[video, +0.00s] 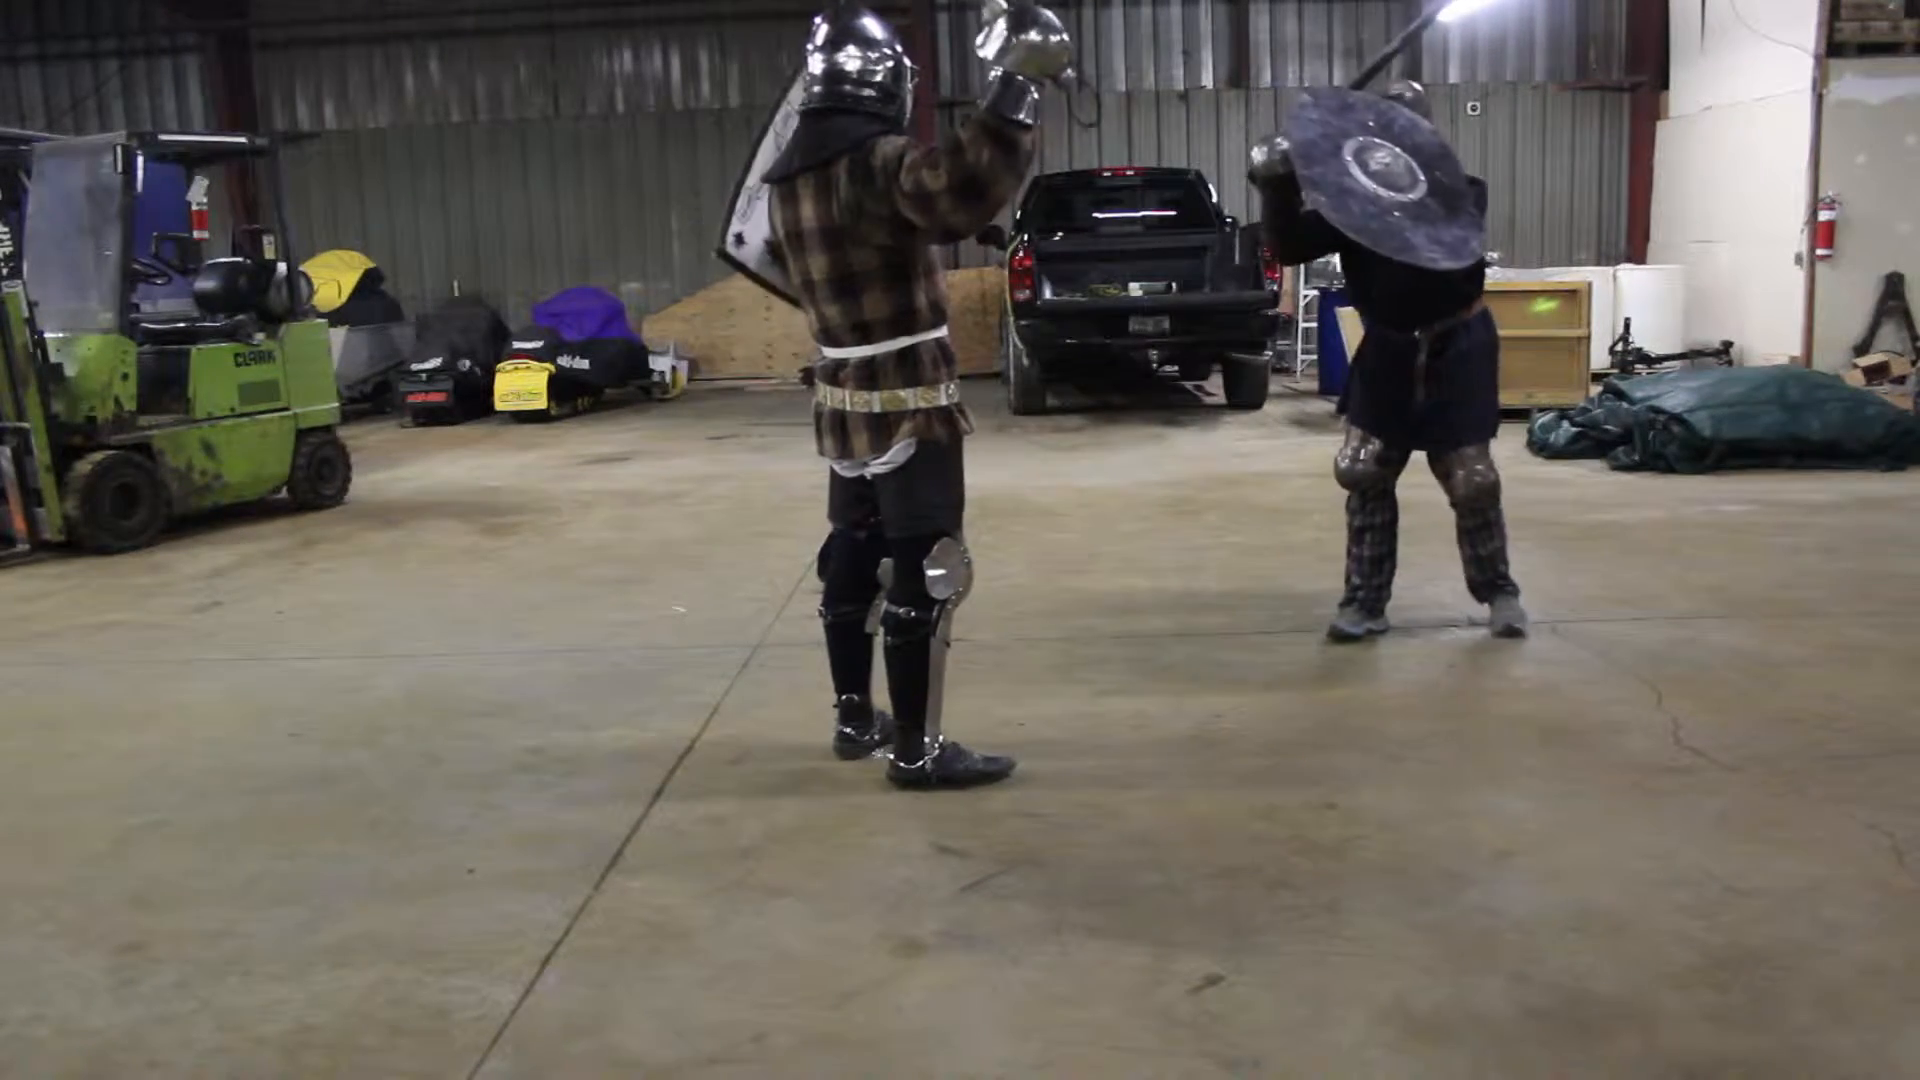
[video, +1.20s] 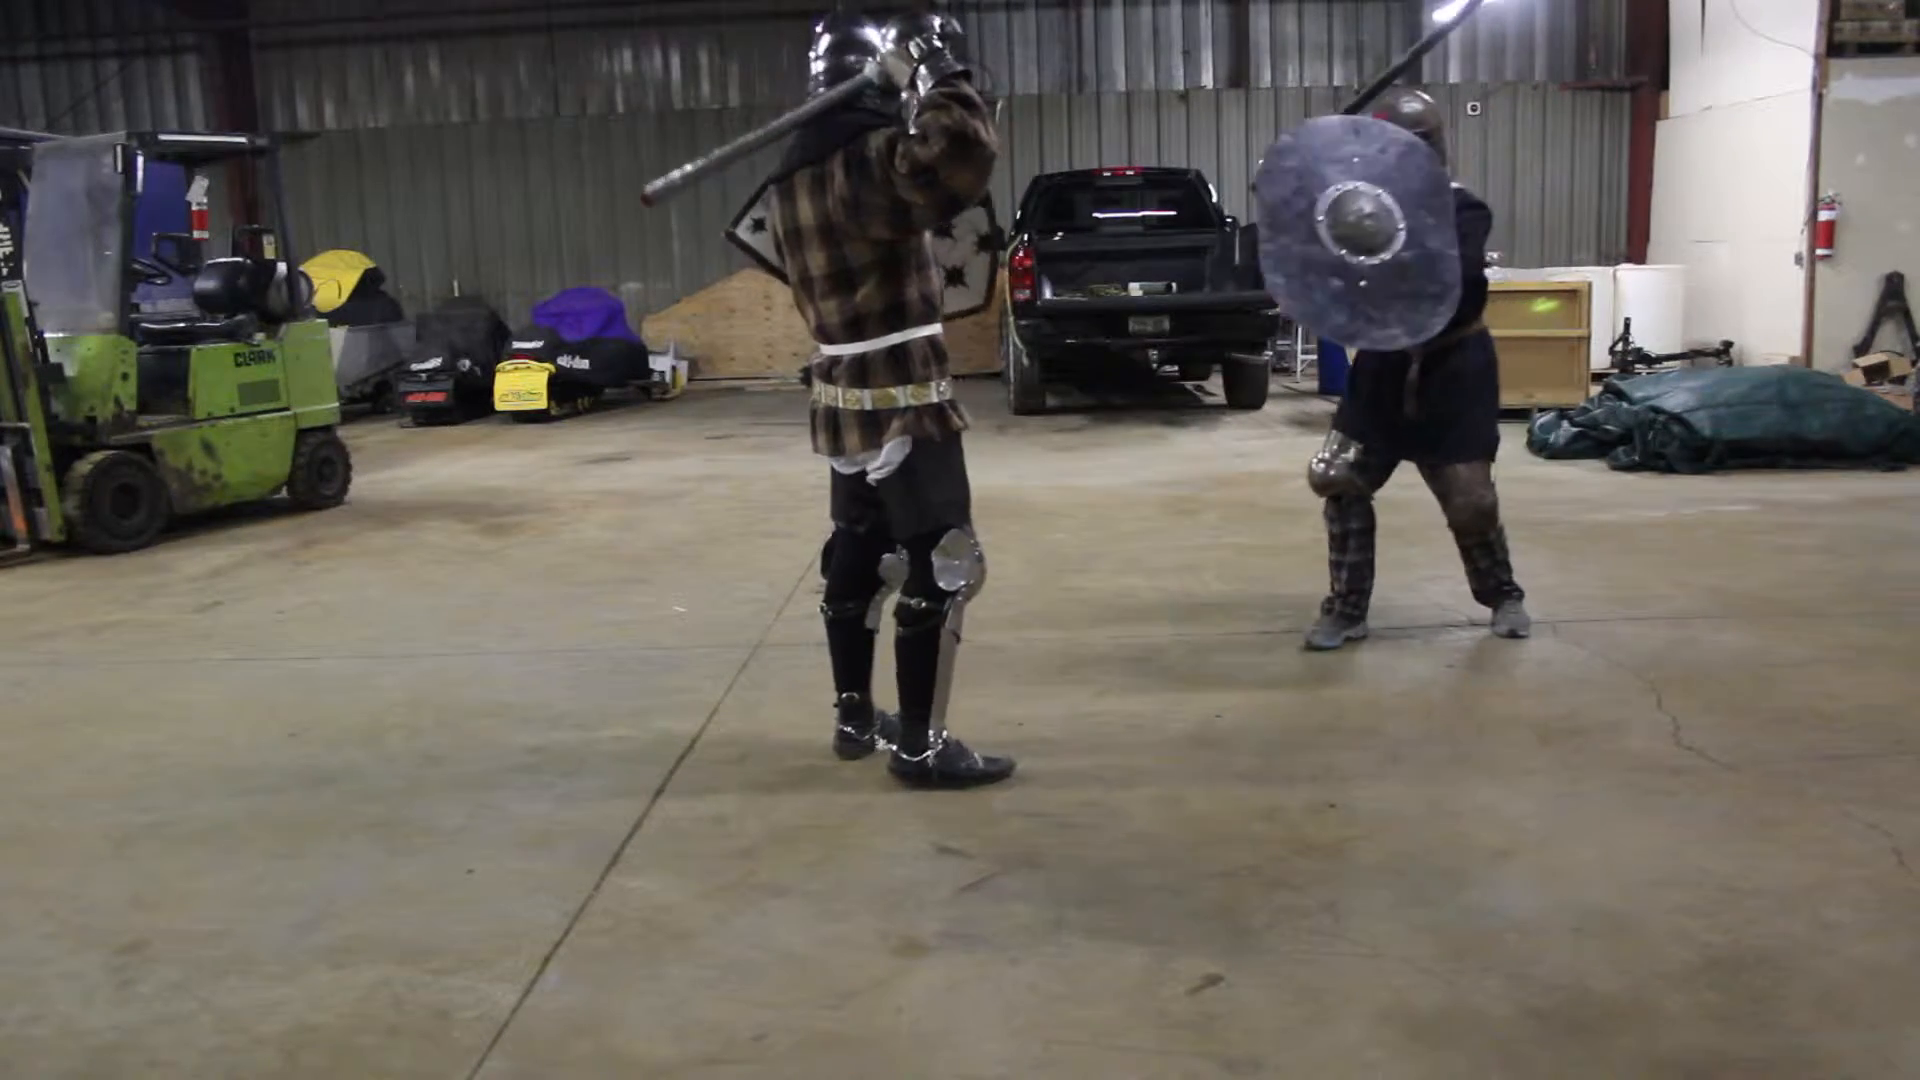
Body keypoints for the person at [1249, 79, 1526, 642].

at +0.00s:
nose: (1391, 151)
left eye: (1404, 135)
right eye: (1379, 140)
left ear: (1425, 141)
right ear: (1363, 153)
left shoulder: (1459, 196)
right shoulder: (1351, 207)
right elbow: (1290, 247)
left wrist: (1419, 143)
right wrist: (1277, 188)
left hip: (1461, 338)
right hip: (1388, 343)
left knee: (1470, 475)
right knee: (1365, 469)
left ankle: (1500, 593)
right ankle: (1365, 600)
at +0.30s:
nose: (1433, 146)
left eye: (1446, 132)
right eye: (1422, 132)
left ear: (1470, 136)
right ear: (1405, 136)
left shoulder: (1501, 201)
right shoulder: (1392, 200)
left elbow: (1493, 288)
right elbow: (1343, 277)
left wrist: (1440, 223)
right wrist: (1310, 229)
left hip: (1498, 348)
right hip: (1426, 348)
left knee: (1507, 487)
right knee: (1388, 474)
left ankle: (1508, 599)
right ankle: (1370, 601)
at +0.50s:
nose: (1453, 146)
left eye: (1467, 133)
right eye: (1442, 135)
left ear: (1490, 139)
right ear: (1427, 141)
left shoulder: (1522, 201)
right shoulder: (1413, 206)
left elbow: (1517, 272)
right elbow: (1353, 268)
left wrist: (1462, 212)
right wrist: (1317, 231)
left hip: (1514, 350)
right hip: (1444, 351)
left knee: (1513, 488)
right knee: (1398, 472)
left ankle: (1509, 599)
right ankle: (1375, 600)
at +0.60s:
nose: (1449, 154)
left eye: (1463, 142)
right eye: (1439, 144)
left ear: (1487, 149)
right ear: (1425, 157)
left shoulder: (1521, 202)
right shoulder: (1417, 214)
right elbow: (1352, 256)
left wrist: (1483, 134)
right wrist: (1315, 213)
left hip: (1518, 348)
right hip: (1446, 351)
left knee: (1515, 484)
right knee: (1396, 466)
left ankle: (1508, 598)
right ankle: (1371, 596)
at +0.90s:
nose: (1436, 145)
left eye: (1449, 130)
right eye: (1426, 134)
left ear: (1468, 138)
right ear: (1408, 146)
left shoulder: (1502, 199)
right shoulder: (1395, 206)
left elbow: (1489, 247)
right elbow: (1326, 236)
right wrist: (1310, 170)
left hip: (1495, 347)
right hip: (1426, 351)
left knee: (1494, 486)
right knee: (1387, 476)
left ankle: (1506, 600)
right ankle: (1356, 601)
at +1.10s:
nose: (1414, 147)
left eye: (1428, 135)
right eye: (1402, 136)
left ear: (1449, 139)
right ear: (1387, 140)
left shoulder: (1476, 209)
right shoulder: (1379, 202)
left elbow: (1465, 295)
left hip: (1466, 354)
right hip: (1394, 352)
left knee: (1470, 490)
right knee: (1351, 477)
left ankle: (1503, 598)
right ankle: (1346, 609)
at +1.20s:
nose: (1417, 153)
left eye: (1427, 140)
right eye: (1401, 141)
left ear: (1445, 144)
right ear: (1378, 144)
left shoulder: (1463, 211)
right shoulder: (1364, 204)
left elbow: (1466, 300)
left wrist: (1415, 339)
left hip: (1454, 360)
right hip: (1380, 360)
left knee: (1470, 499)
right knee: (1341, 479)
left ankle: (1503, 597)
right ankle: (1345, 608)